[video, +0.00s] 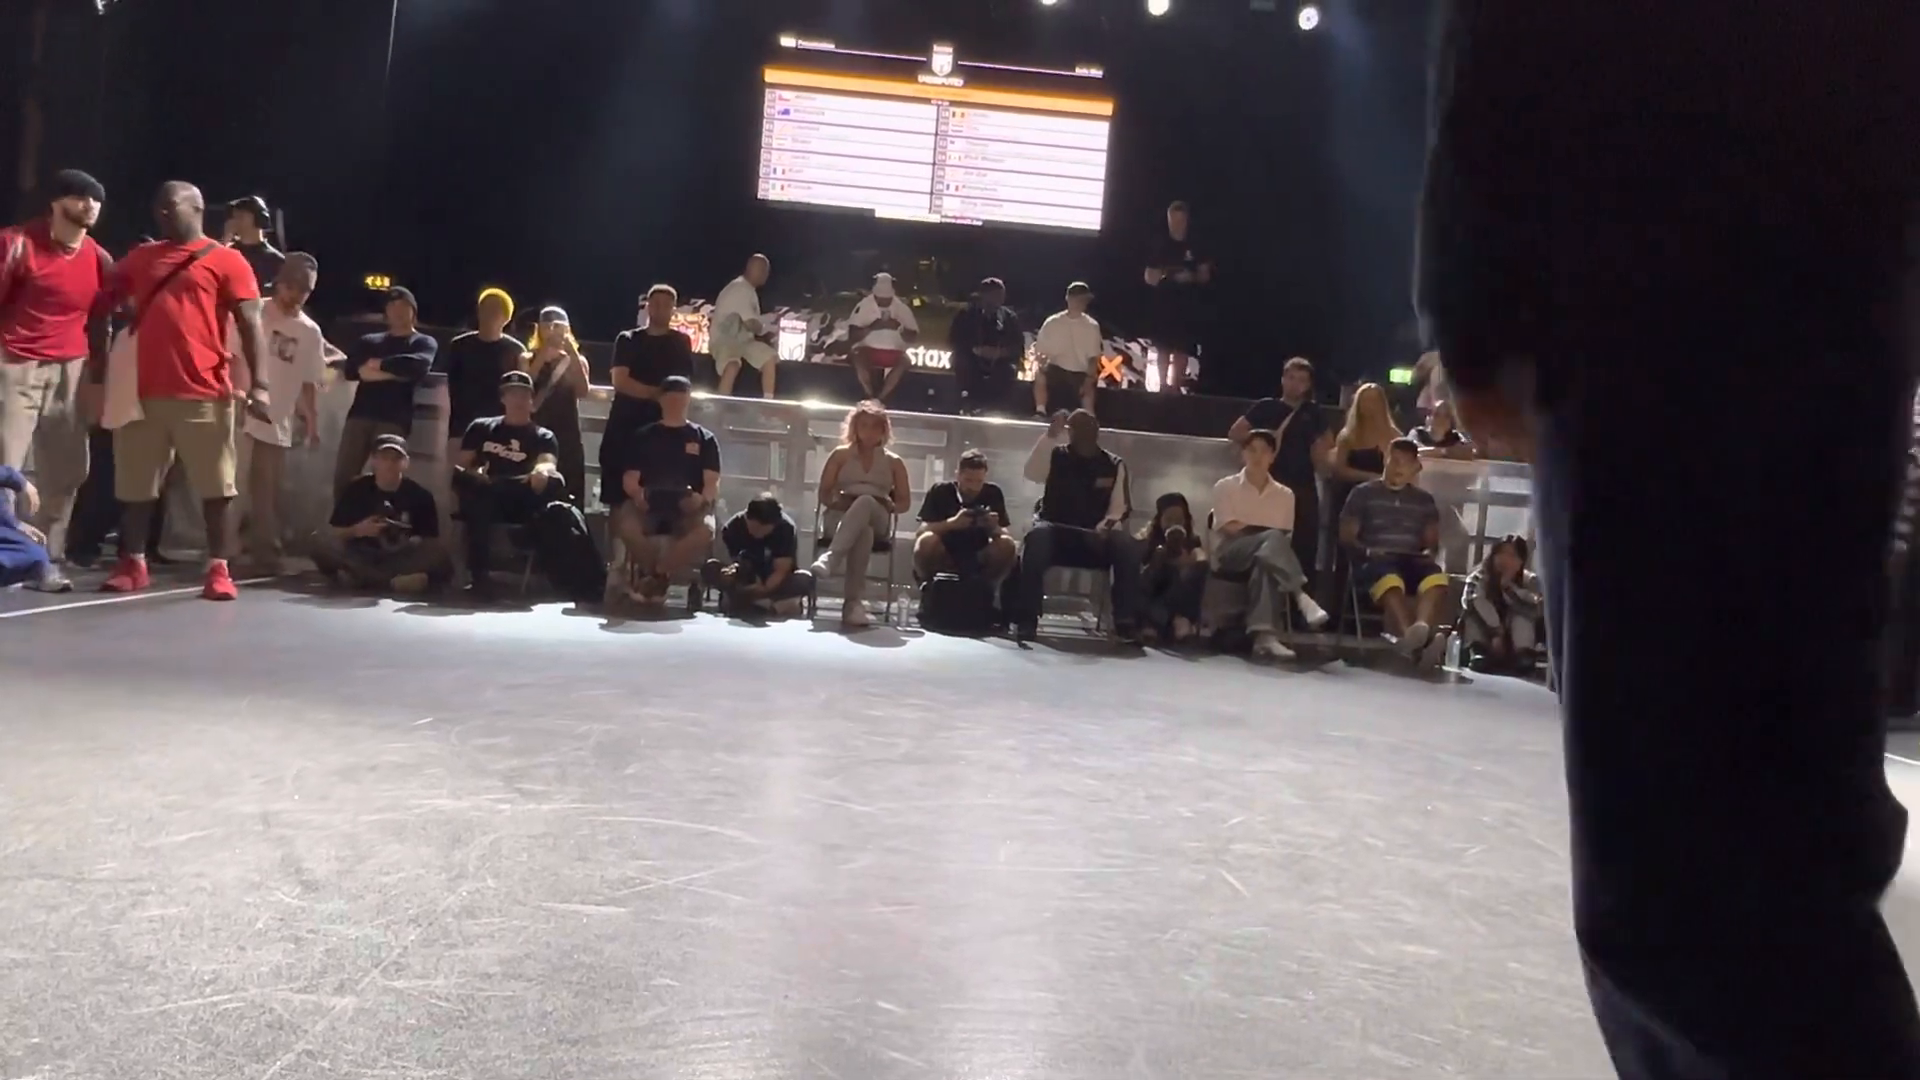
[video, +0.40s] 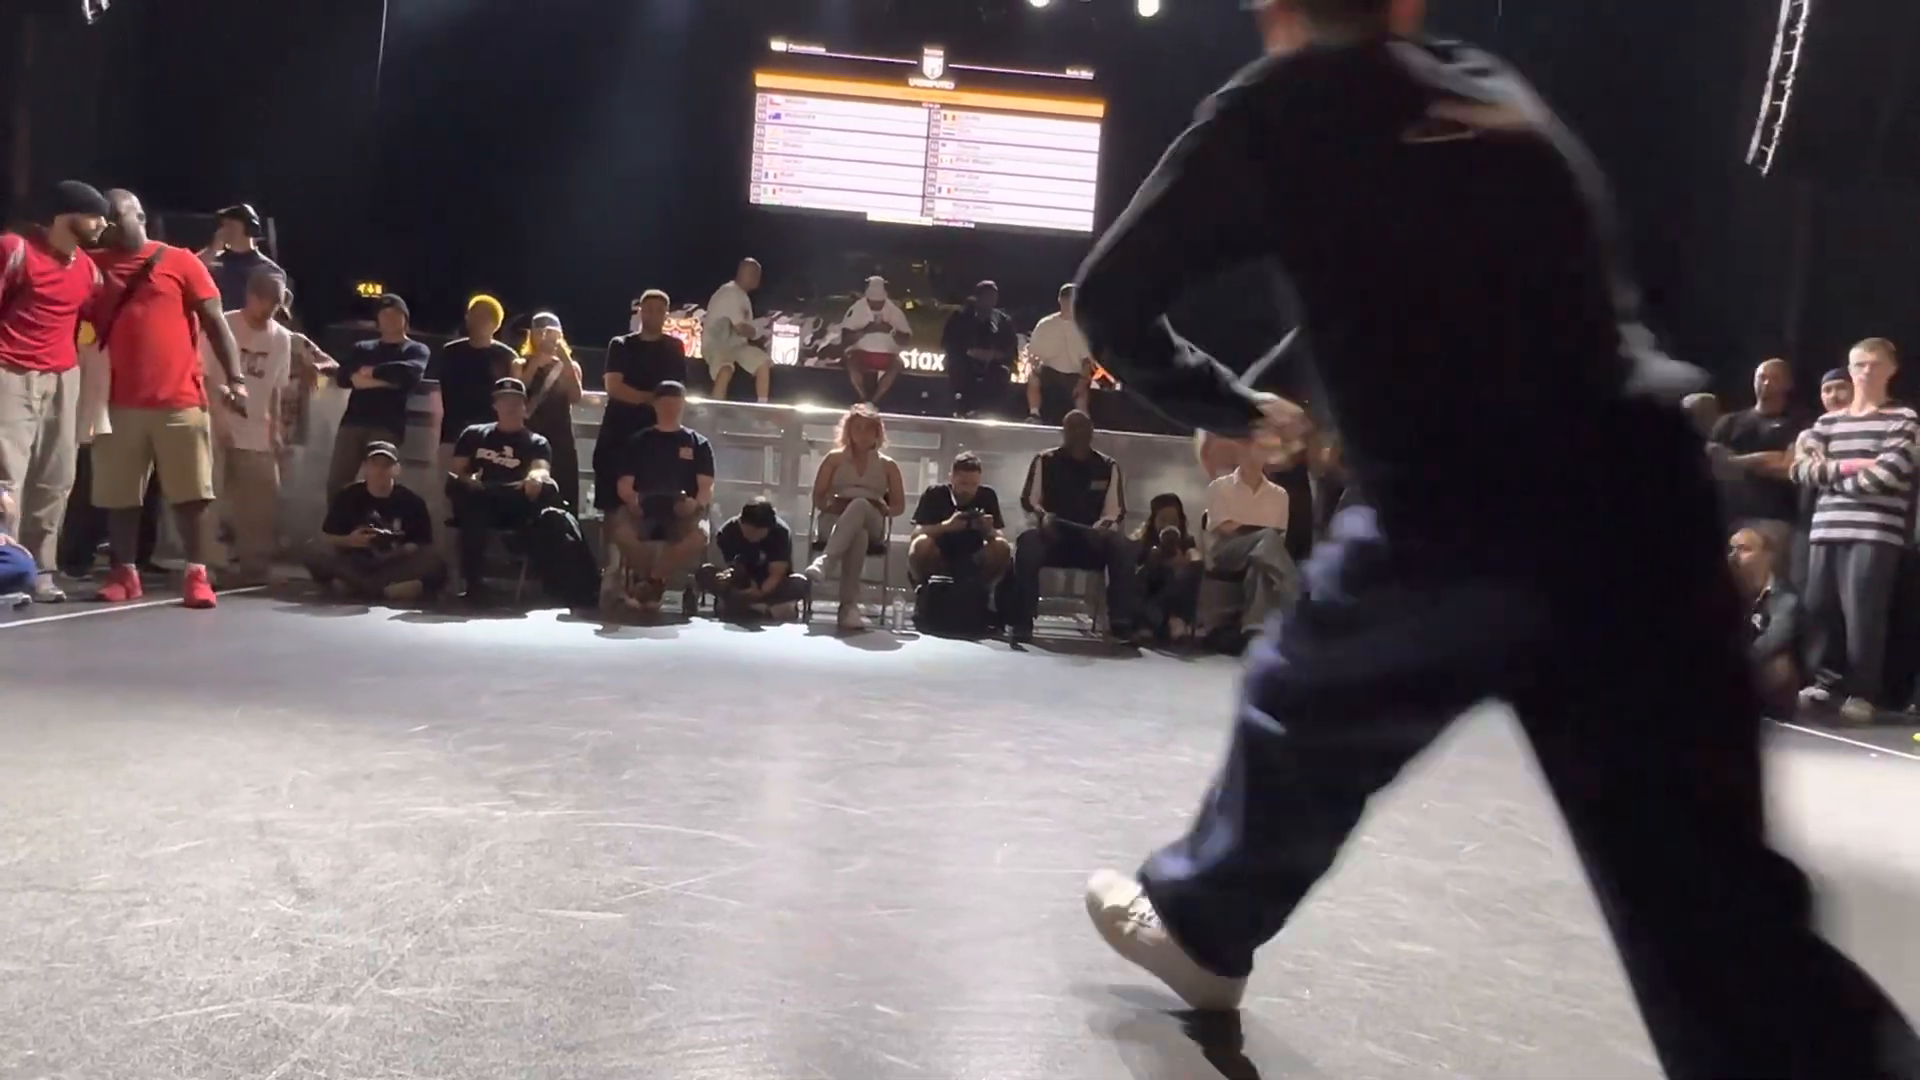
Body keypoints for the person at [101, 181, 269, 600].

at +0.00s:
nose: (161, 213)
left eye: (169, 205)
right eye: (159, 207)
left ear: (194, 207)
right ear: (158, 213)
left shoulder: (227, 259)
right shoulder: (141, 258)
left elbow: (251, 324)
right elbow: (99, 306)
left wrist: (259, 385)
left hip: (206, 395)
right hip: (143, 394)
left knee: (216, 488)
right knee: (136, 487)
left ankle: (219, 569)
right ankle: (133, 566)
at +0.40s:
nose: (112, 224)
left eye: (118, 216)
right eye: (106, 218)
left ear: (140, 217)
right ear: (101, 226)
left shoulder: (180, 261)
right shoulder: (95, 270)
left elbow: (215, 321)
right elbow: (69, 335)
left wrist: (236, 378)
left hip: (181, 403)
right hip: (120, 405)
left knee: (191, 497)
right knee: (120, 498)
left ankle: (197, 574)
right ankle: (125, 575)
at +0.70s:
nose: (95, 243)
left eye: (100, 232)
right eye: (87, 236)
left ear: (118, 225)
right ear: (81, 239)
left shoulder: (162, 266)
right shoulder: (81, 279)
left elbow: (199, 325)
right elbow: (66, 341)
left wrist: (225, 380)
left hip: (169, 404)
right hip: (109, 409)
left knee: (178, 495)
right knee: (106, 499)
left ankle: (170, 579)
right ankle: (115, 581)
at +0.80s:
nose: (87, 247)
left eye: (92, 237)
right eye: (81, 240)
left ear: (113, 229)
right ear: (78, 241)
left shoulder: (156, 269)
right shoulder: (78, 281)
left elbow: (195, 330)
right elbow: (62, 346)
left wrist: (222, 384)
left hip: (164, 408)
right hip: (107, 413)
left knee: (171, 498)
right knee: (103, 503)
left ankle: (166, 582)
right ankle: (112, 584)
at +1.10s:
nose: (99, 259)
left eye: (103, 248)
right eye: (91, 251)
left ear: (117, 244)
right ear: (80, 253)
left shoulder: (156, 284)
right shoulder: (75, 292)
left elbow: (191, 344)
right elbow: (58, 357)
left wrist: (224, 396)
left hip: (161, 421)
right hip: (101, 426)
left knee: (170, 512)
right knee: (101, 517)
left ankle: (166, 594)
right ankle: (111, 596)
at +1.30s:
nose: (111, 243)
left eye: (114, 235)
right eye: (101, 237)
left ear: (122, 239)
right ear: (82, 244)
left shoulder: (148, 278)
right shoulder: (69, 287)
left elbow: (185, 337)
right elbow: (52, 353)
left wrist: (221, 388)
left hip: (155, 414)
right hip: (96, 419)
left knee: (166, 506)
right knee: (97, 512)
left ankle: (164, 590)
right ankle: (109, 593)